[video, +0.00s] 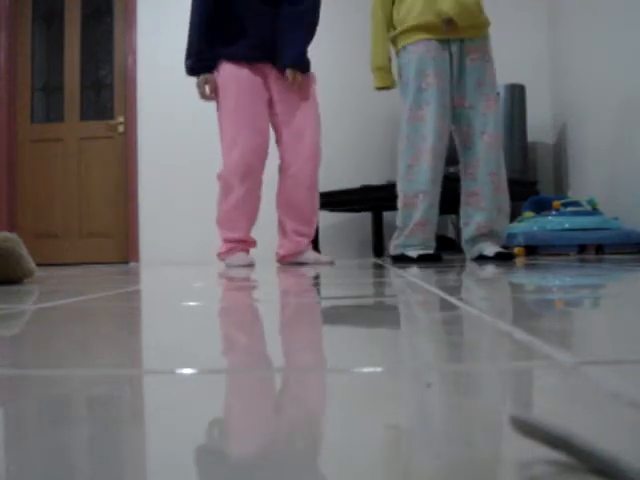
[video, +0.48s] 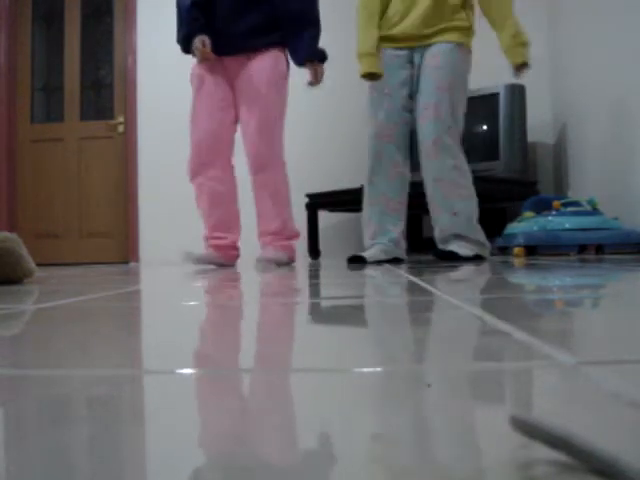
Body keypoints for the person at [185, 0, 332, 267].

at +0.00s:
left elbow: (308, 4)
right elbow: (203, 7)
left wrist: (295, 52)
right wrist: (203, 64)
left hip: (290, 60)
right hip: (236, 59)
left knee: (303, 158)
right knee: (243, 158)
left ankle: (295, 247)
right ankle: (235, 248)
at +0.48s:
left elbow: (300, 4)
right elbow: (186, 3)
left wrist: (308, 48)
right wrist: (193, 33)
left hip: (263, 54)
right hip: (210, 57)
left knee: (264, 156)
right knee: (207, 159)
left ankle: (278, 246)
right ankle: (221, 248)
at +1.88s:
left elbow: (309, 3)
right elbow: (186, 9)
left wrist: (322, 21)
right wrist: (165, 61)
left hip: (279, 67)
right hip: (227, 67)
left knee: (299, 154)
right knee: (241, 153)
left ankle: (294, 247)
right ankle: (211, 246)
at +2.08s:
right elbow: (170, 4)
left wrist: (293, 13)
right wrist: (140, 46)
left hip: (258, 60)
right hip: (206, 62)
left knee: (267, 153)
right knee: (209, 155)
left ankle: (282, 240)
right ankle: (208, 242)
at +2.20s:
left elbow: (281, 4)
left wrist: (282, 45)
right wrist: (134, 32)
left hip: (245, 59)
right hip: (192, 62)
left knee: (245, 158)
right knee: (185, 160)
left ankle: (275, 249)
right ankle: (199, 250)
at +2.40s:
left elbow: (258, 12)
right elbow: (147, 11)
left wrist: (266, 68)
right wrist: (132, 16)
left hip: (227, 58)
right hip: (175, 61)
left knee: (229, 149)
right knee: (172, 155)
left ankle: (251, 241)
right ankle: (188, 245)